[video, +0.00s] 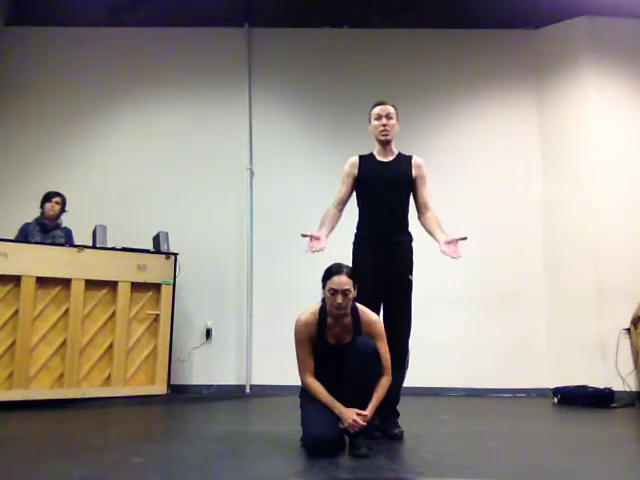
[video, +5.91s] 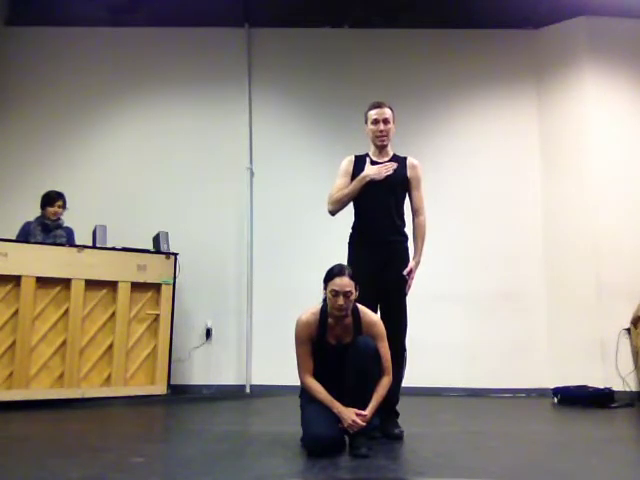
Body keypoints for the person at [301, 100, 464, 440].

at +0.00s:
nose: (384, 122)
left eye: (389, 117)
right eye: (378, 118)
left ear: (398, 124)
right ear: (370, 126)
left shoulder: (414, 166)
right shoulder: (356, 165)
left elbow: (425, 210)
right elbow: (337, 206)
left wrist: (442, 237)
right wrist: (323, 232)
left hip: (399, 259)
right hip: (365, 258)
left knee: (397, 339)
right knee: (361, 337)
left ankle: (389, 416)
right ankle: (360, 417)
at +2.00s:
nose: (381, 126)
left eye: (386, 120)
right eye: (375, 121)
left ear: (394, 124)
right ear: (366, 127)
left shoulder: (411, 166)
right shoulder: (353, 164)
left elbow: (420, 215)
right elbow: (340, 213)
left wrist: (417, 259)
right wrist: (343, 260)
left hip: (397, 259)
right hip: (363, 260)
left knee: (396, 339)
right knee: (359, 339)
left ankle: (389, 416)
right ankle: (359, 417)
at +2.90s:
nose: (383, 124)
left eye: (387, 118)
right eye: (377, 119)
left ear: (395, 124)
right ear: (368, 126)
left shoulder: (411, 166)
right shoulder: (353, 165)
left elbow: (421, 215)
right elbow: (333, 210)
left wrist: (419, 259)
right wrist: (350, 213)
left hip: (396, 259)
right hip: (363, 259)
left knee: (395, 339)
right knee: (360, 338)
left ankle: (388, 415)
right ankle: (360, 416)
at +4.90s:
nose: (381, 124)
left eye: (386, 119)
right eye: (375, 120)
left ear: (394, 126)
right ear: (366, 127)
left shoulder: (409, 166)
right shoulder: (353, 163)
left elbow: (419, 215)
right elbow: (332, 205)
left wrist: (416, 259)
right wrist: (366, 177)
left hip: (395, 257)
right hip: (362, 257)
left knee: (395, 337)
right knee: (358, 336)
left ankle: (388, 415)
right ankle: (359, 416)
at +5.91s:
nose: (381, 127)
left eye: (386, 121)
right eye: (375, 122)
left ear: (394, 126)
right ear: (366, 128)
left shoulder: (409, 167)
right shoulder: (353, 164)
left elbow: (419, 215)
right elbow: (332, 205)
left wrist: (416, 259)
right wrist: (366, 176)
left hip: (394, 258)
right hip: (361, 257)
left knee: (394, 337)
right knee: (358, 336)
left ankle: (388, 415)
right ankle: (358, 416)